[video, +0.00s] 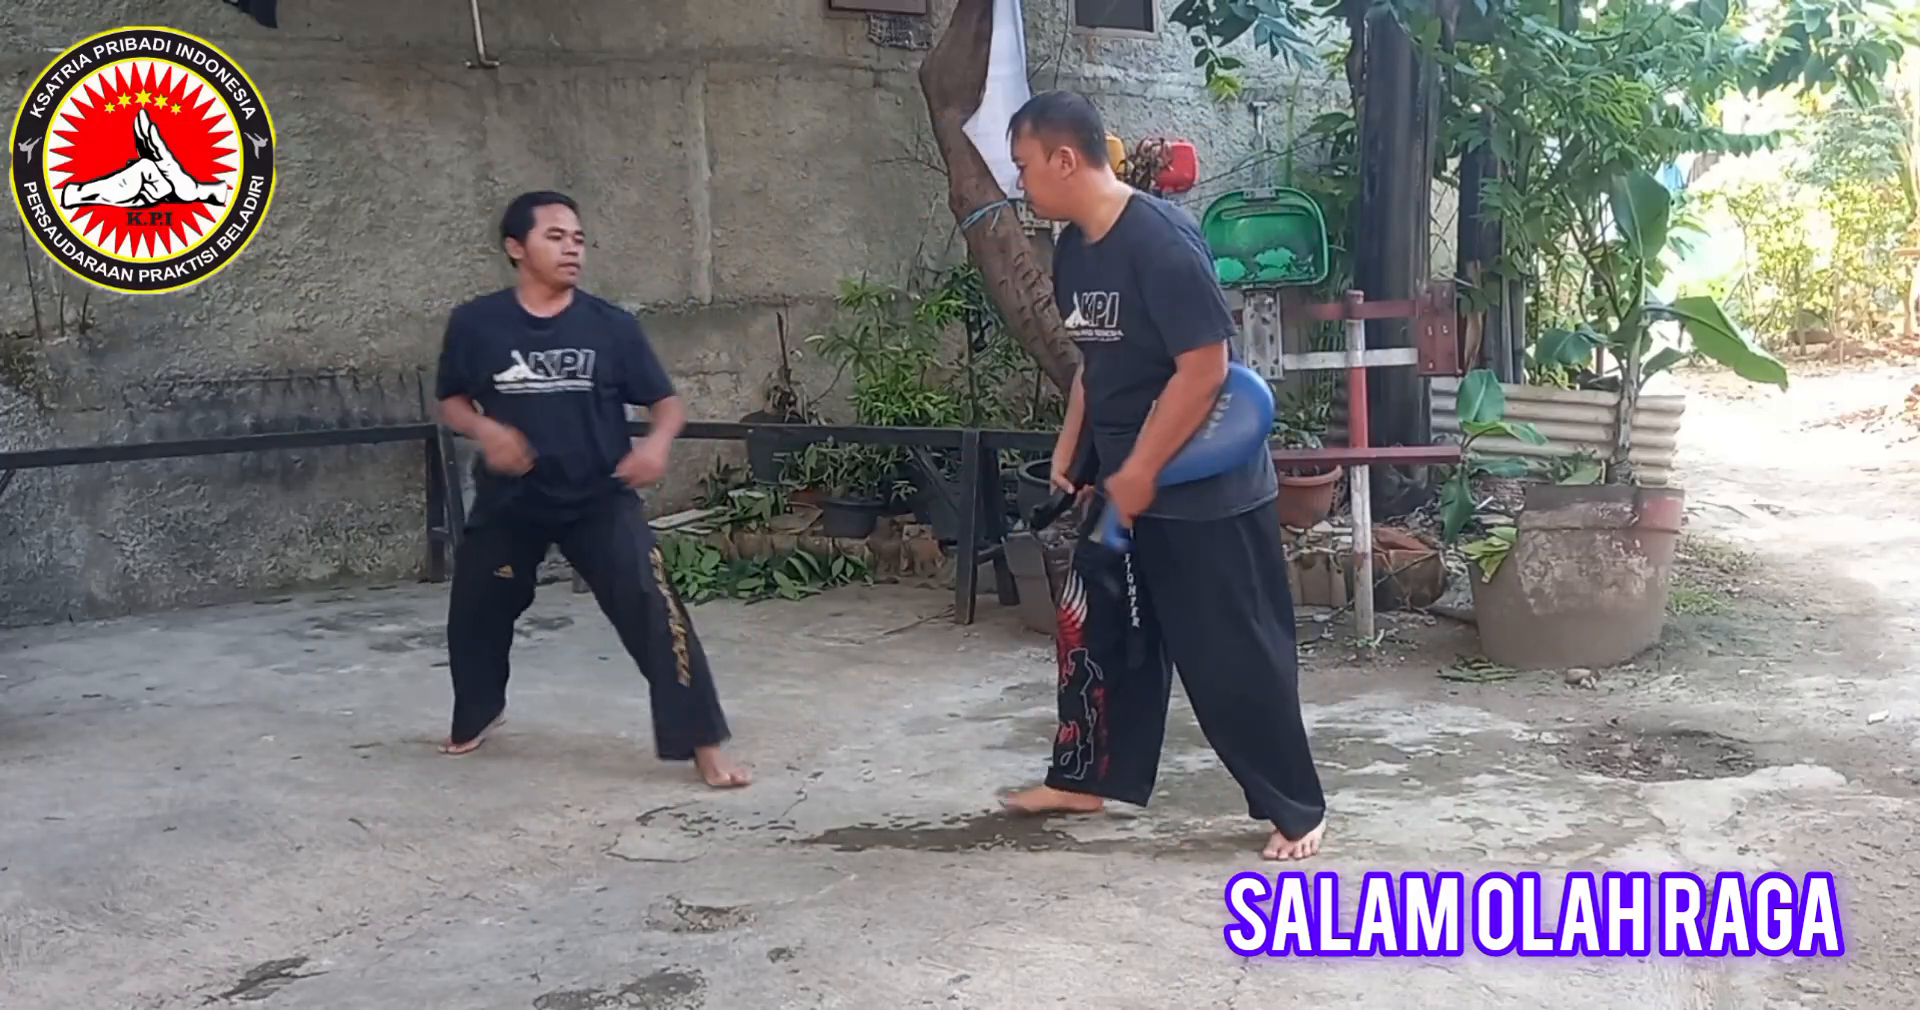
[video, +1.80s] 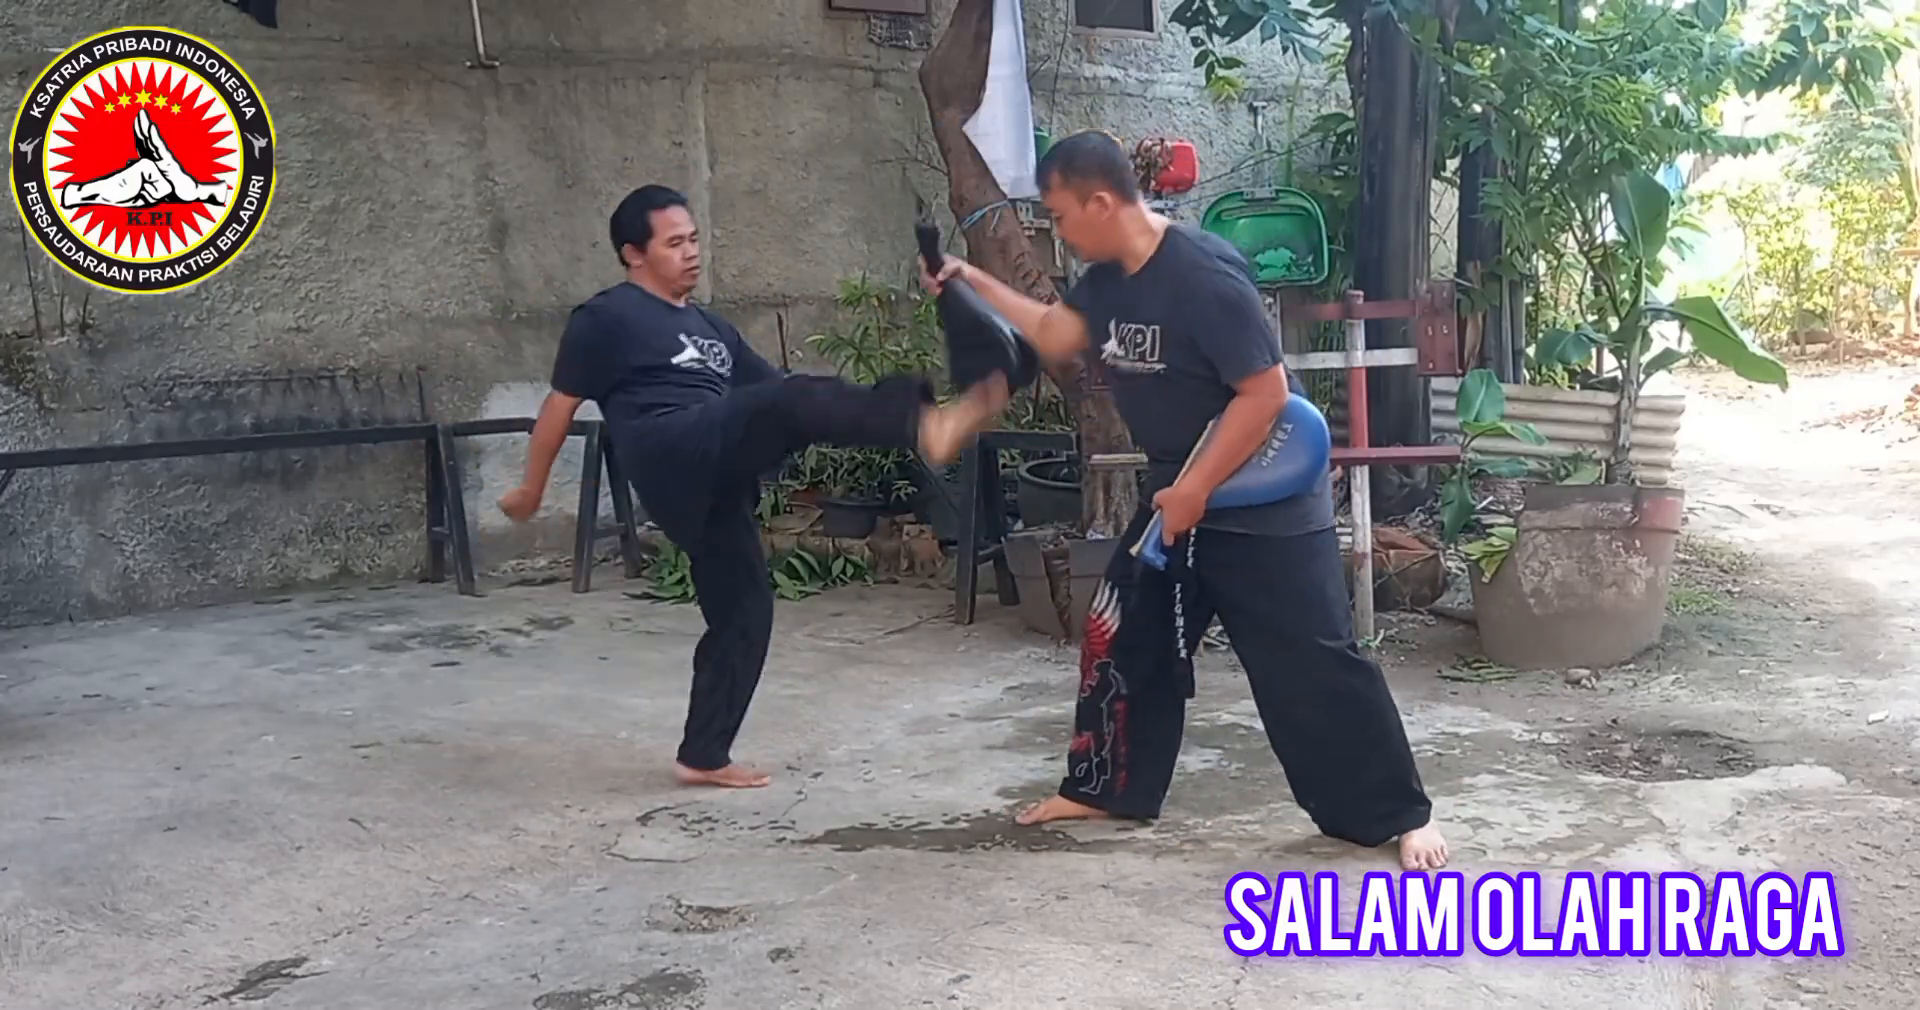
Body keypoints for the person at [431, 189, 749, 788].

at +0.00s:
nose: (572, 248)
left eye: (577, 238)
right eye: (556, 237)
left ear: (584, 249)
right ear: (517, 249)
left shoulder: (612, 325)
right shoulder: (474, 323)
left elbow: (669, 403)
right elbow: (451, 402)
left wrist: (656, 445)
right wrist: (486, 431)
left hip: (598, 498)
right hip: (511, 500)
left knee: (647, 601)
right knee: (476, 606)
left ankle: (707, 743)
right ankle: (477, 708)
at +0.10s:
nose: (616, 276)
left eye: (621, 266)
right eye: (601, 264)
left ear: (627, 275)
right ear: (559, 274)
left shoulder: (648, 354)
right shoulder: (517, 349)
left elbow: (711, 415)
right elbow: (491, 440)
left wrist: (730, 440)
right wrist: (565, 401)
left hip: (639, 523)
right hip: (543, 525)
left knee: (690, 616)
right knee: (485, 630)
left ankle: (719, 753)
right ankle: (472, 724)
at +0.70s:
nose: (623, 253)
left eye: (628, 242)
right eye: (608, 241)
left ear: (633, 250)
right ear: (565, 247)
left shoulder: (653, 327)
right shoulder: (524, 312)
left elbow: (707, 388)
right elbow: (529, 386)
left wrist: (754, 428)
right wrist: (597, 324)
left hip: (645, 505)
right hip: (550, 507)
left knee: (698, 614)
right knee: (504, 623)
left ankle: (729, 758)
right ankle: (480, 741)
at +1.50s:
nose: (630, 257)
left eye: (632, 249)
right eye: (612, 250)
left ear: (640, 261)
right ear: (574, 271)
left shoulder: (675, 341)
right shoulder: (559, 340)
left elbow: (746, 394)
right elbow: (605, 383)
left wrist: (735, 343)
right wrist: (627, 301)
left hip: (677, 523)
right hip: (583, 528)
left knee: (732, 616)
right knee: (530, 639)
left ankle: (731, 759)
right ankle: (484, 742)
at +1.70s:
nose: (669, 248)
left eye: (670, 236)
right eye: (652, 240)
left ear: (676, 235)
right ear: (612, 250)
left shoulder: (694, 308)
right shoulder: (591, 310)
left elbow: (755, 370)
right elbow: (546, 408)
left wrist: (814, 357)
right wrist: (510, 493)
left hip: (713, 448)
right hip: (658, 443)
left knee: (731, 594)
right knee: (765, 427)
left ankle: (709, 749)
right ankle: (887, 485)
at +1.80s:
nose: (692, 253)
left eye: (693, 240)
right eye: (676, 243)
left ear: (696, 245)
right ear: (635, 255)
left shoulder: (710, 325)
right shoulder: (604, 318)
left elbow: (772, 388)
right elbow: (556, 410)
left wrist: (836, 400)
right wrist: (531, 488)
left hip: (715, 472)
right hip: (660, 458)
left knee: (744, 609)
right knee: (788, 400)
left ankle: (702, 757)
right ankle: (926, 425)